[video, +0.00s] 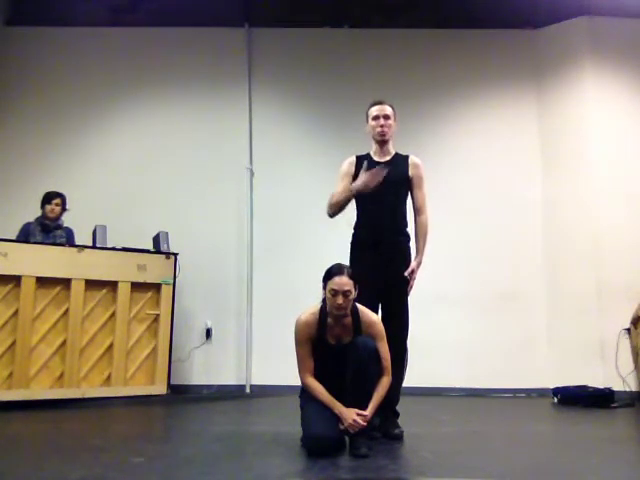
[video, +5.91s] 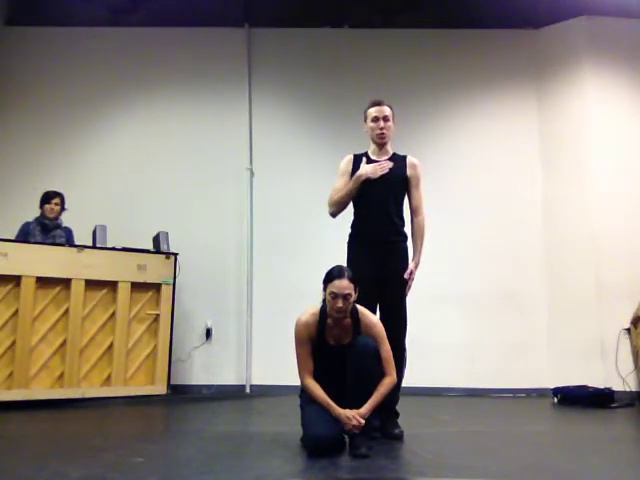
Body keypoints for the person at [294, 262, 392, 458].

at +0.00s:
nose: (340, 301)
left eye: (347, 294)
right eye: (334, 294)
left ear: (355, 293)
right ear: (324, 292)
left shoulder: (371, 322)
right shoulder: (307, 323)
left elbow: (386, 374)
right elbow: (307, 378)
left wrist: (366, 414)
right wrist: (342, 412)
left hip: (355, 392)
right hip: (321, 392)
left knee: (365, 347)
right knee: (322, 445)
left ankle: (360, 432)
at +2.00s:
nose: (340, 302)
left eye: (347, 295)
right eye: (333, 294)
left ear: (355, 293)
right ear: (324, 292)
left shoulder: (371, 323)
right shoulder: (306, 324)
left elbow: (386, 375)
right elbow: (306, 378)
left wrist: (367, 413)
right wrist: (341, 411)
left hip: (355, 392)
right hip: (320, 393)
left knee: (365, 347)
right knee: (321, 445)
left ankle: (359, 432)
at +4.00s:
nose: (339, 304)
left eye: (346, 297)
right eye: (333, 296)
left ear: (355, 295)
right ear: (324, 293)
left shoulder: (370, 323)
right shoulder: (307, 324)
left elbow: (391, 377)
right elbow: (306, 379)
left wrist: (362, 414)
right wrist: (338, 413)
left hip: (356, 393)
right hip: (321, 396)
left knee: (365, 346)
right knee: (320, 445)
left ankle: (360, 434)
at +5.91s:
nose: (340, 304)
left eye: (346, 297)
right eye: (333, 296)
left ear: (355, 295)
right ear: (324, 293)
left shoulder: (370, 324)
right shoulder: (306, 324)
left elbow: (391, 377)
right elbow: (306, 378)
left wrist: (362, 413)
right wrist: (338, 413)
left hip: (356, 393)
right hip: (321, 394)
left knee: (365, 346)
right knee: (322, 444)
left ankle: (360, 433)